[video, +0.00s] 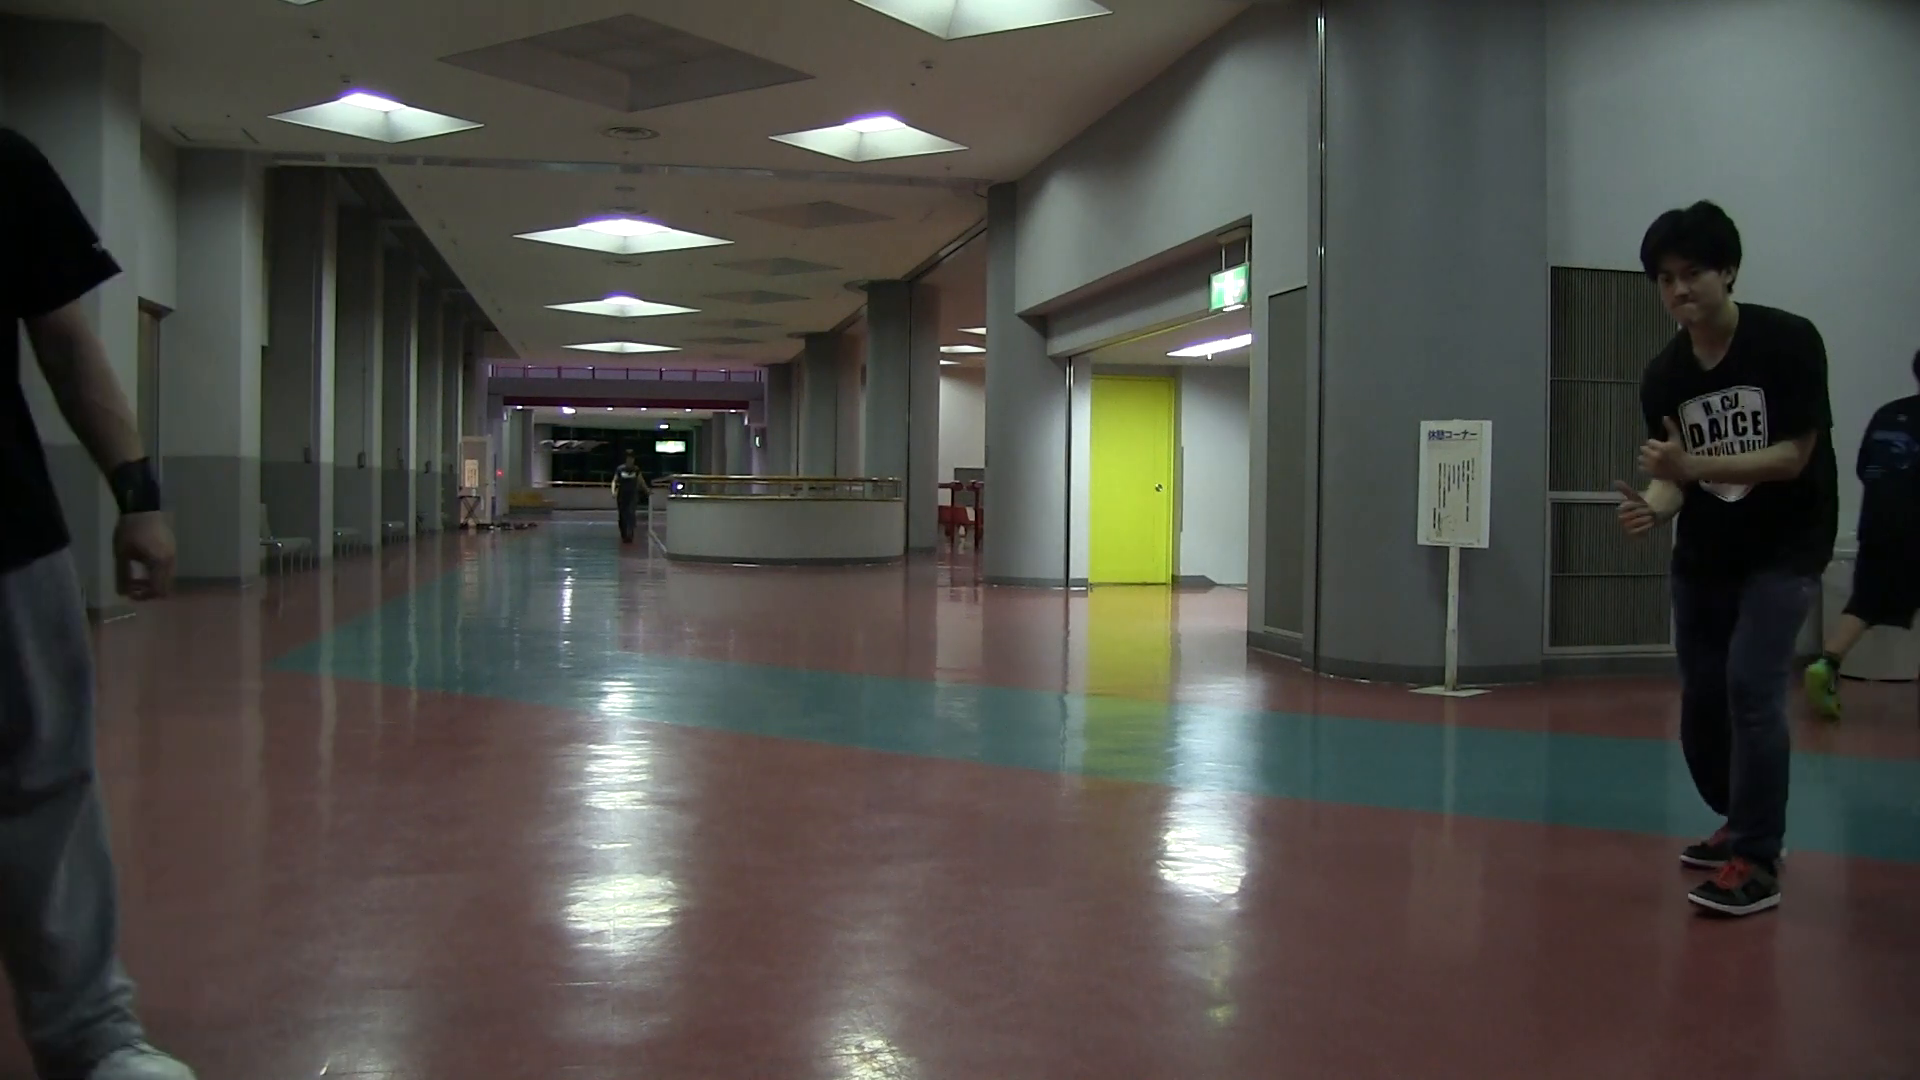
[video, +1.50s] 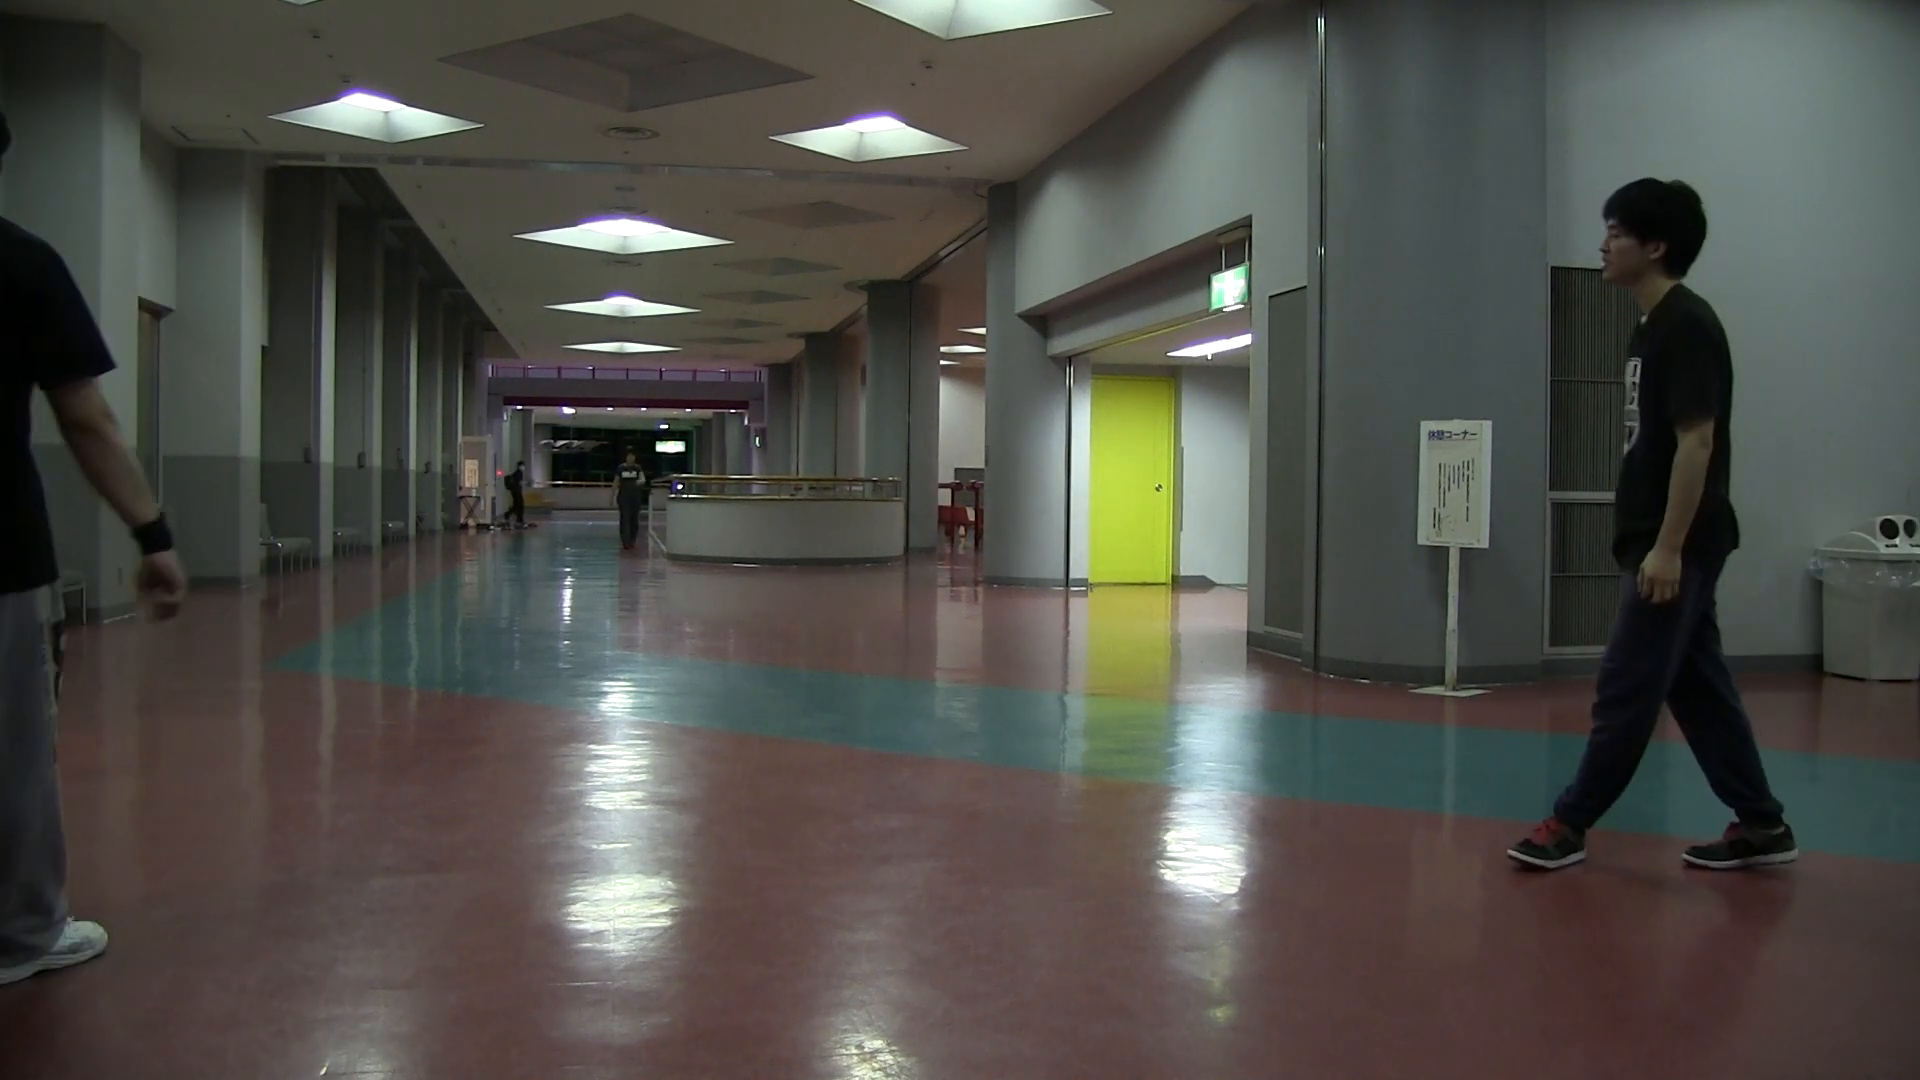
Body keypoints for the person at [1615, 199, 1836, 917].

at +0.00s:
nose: (1679, 291)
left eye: (1691, 274)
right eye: (1667, 280)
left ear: (1728, 272)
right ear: (1658, 287)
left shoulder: (1790, 342)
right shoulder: (1663, 375)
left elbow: (1795, 457)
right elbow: (1679, 472)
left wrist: (1689, 465)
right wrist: (1649, 505)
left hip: (1784, 551)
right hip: (1705, 554)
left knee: (1752, 690)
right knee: (1704, 696)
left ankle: (1757, 862)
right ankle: (1742, 824)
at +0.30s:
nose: (1672, 291)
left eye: (1685, 275)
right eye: (1658, 280)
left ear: (1720, 275)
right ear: (1649, 290)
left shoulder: (1777, 342)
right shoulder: (1657, 380)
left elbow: (1760, 453)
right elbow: (1677, 471)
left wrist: (1659, 480)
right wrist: (1676, 506)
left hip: (1802, 546)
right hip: (1720, 550)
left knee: (1777, 699)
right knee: (1701, 697)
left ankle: (1759, 864)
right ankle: (1714, 806)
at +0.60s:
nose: (1633, 268)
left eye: (1643, 254)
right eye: (1634, 254)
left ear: (1686, 261)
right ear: (1677, 264)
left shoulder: (1757, 334)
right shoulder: (1671, 357)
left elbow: (1771, 457)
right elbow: (1689, 464)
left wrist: (1761, 565)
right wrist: (1669, 554)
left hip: (1782, 552)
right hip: (1712, 550)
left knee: (1762, 704)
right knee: (1674, 696)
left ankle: (1756, 863)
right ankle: (1737, 812)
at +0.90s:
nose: (1649, 249)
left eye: (1656, 236)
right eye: (1653, 236)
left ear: (1682, 245)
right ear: (1710, 246)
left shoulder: (1731, 323)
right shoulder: (1719, 321)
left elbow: (1774, 432)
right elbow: (1721, 444)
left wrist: (1814, 536)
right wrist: (1686, 535)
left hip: (1736, 541)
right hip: (1730, 539)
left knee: (1676, 674)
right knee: (1729, 678)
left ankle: (1724, 842)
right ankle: (1765, 829)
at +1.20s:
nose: (1649, 245)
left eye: (1654, 232)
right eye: (1653, 232)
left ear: (1676, 241)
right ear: (1708, 242)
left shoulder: (1721, 317)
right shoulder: (1717, 315)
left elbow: (1727, 429)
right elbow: (1717, 432)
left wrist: (1716, 536)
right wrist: (1697, 531)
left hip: (1710, 542)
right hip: (1715, 540)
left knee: (1639, 674)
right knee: (1726, 689)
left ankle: (1623, 824)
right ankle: (1766, 830)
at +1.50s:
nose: (1604, 247)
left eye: (1616, 235)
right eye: (1607, 233)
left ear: (1656, 245)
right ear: (1647, 248)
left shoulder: (1686, 323)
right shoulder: (1654, 324)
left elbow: (1697, 442)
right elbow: (1659, 439)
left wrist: (1669, 547)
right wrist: (1643, 535)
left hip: (1679, 544)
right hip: (1661, 540)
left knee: (1625, 689)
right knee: (1698, 687)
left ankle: (1568, 827)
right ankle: (1761, 823)